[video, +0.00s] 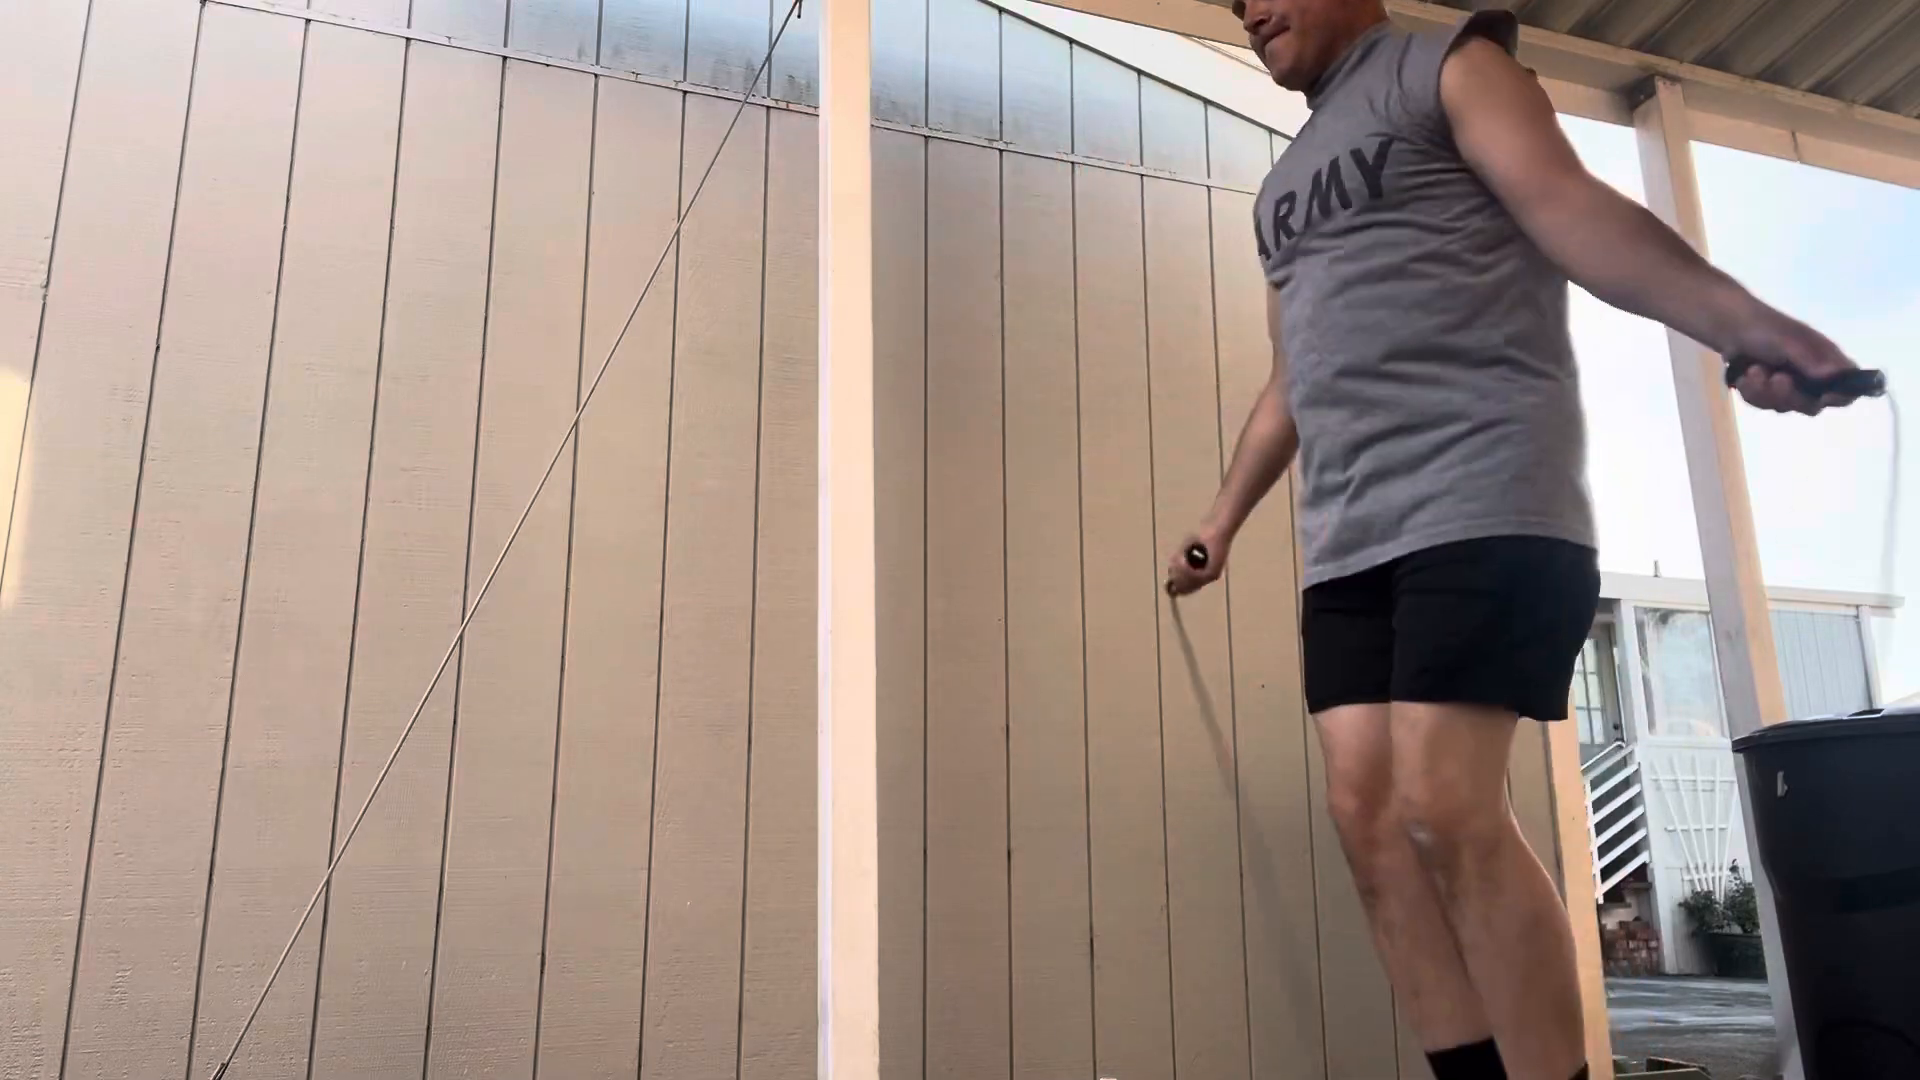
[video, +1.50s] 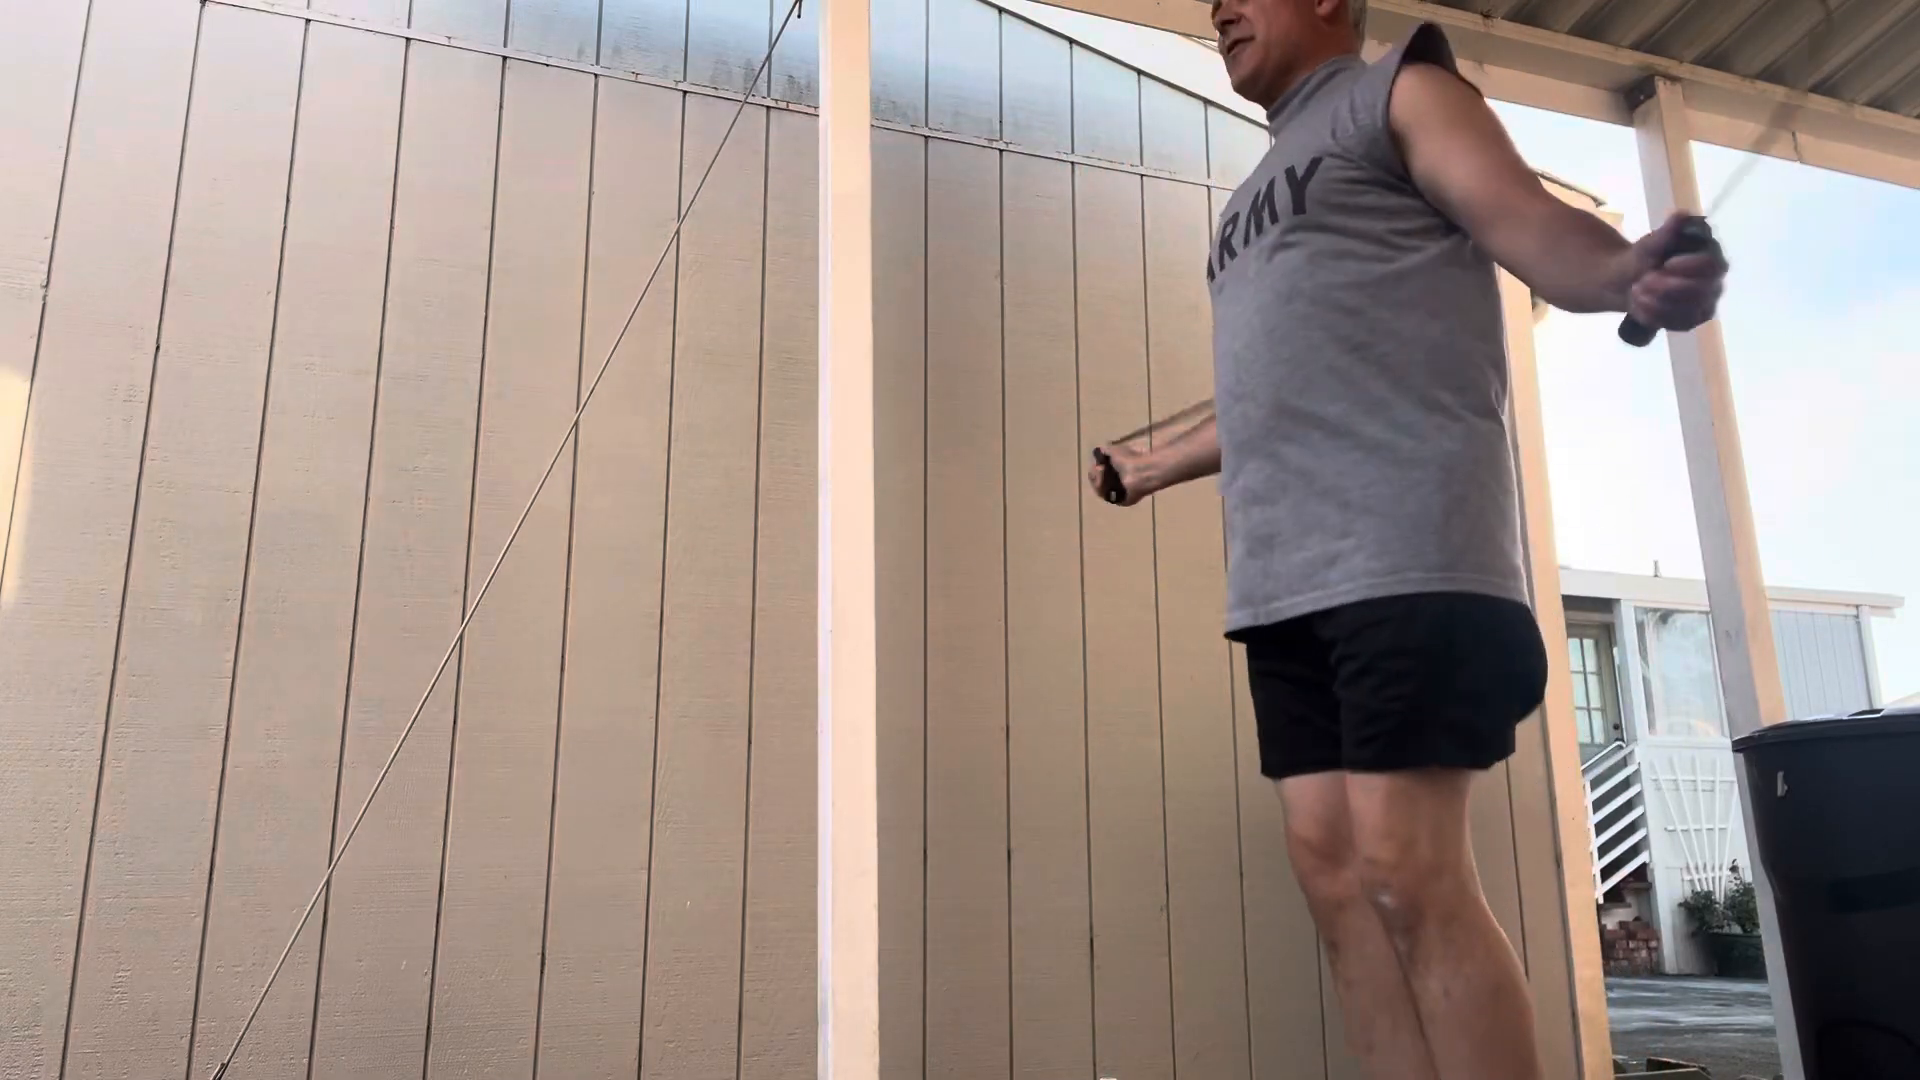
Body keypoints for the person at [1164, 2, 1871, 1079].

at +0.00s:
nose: (1250, 15)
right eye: (1241, 7)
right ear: (1257, 26)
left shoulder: (1446, 60)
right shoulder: (1281, 186)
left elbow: (1567, 205)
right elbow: (1294, 375)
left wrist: (1739, 321)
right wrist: (1223, 512)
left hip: (1488, 479)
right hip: (1344, 520)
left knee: (1449, 809)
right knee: (1368, 818)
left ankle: (1550, 1074)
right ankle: (1472, 1073)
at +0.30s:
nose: (1258, 112)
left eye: (1279, 83)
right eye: (1251, 98)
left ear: (1365, 78)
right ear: (1261, 115)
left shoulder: (1458, 186)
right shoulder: (1291, 287)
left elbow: (1581, 289)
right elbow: (1264, 465)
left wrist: (1654, 323)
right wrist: (1122, 508)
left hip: (1489, 637)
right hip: (1343, 656)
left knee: (1458, 966)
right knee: (1320, 951)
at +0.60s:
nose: (1257, 27)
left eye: (1280, 3)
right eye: (1252, 16)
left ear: (1363, 9)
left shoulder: (1443, 93)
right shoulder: (1282, 212)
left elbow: (1575, 212)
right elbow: (1296, 396)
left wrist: (1740, 238)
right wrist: (1183, 463)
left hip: (1452, 538)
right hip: (1312, 566)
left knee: (1452, 856)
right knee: (1363, 867)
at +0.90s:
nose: (1258, 3)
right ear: (1271, 25)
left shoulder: (1424, 64)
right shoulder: (1272, 174)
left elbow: (1530, 200)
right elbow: (1274, 378)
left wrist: (1673, 299)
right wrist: (1198, 520)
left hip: (1431, 505)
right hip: (1300, 533)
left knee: (1448, 828)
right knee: (1348, 832)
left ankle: (1533, 1068)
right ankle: (1445, 1067)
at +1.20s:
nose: (1228, 70)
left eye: (1252, 41)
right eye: (1223, 54)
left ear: (1332, 48)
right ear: (1234, 80)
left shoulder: (1407, 155)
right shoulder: (1256, 262)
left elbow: (1547, 292)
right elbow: (1261, 456)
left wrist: (1582, 369)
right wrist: (1114, 506)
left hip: (1426, 605)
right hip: (1299, 632)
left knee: (1404, 925)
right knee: (1306, 919)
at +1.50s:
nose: (1218, 17)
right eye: (1216, 7)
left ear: (1325, 3)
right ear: (1235, 32)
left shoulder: (1399, 87)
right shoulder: (1249, 198)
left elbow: (1518, 210)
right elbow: (1265, 394)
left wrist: (1627, 276)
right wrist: (1147, 462)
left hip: (1411, 546)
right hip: (1281, 565)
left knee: (1412, 873)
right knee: (1330, 869)